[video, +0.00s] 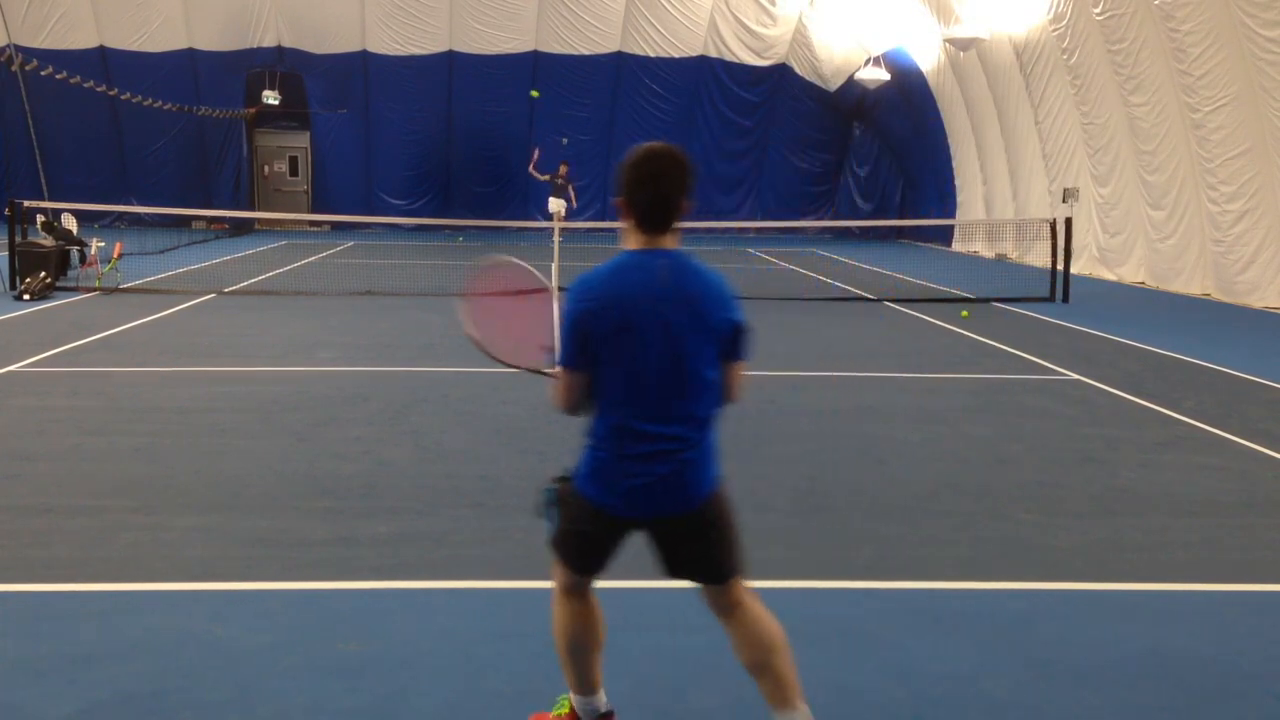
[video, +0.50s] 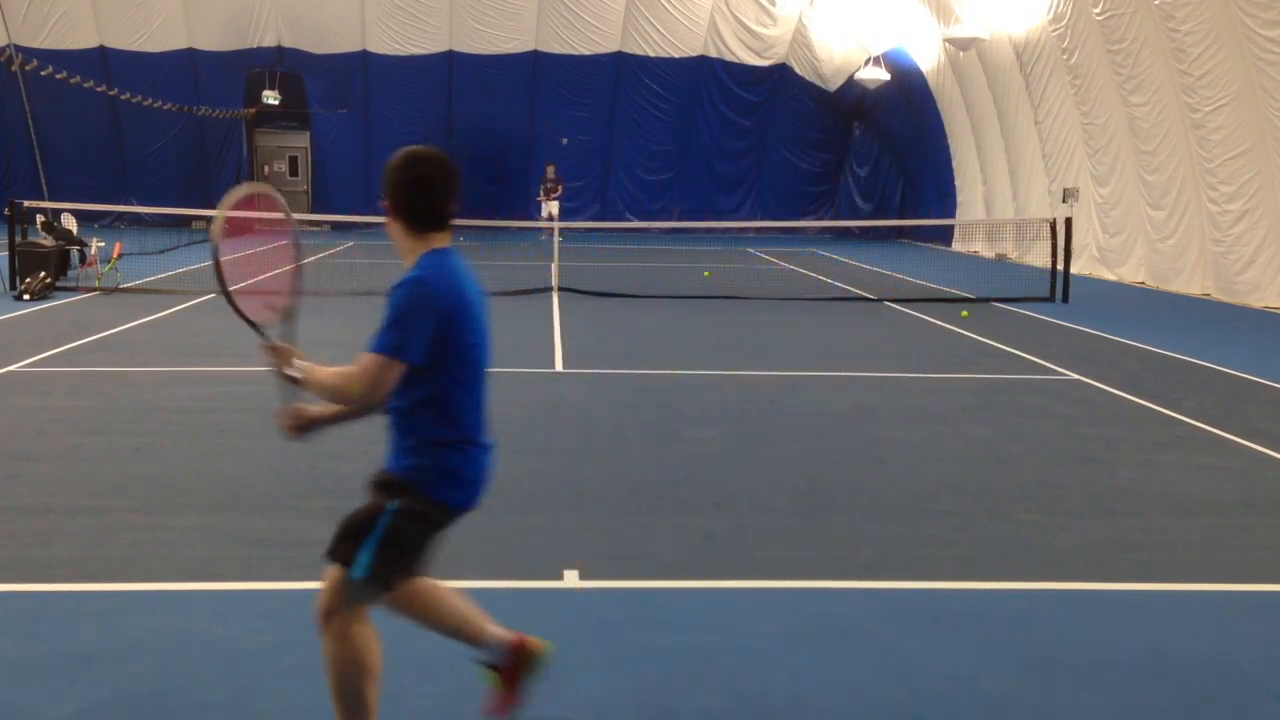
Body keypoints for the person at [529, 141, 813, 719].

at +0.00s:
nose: (624, 205)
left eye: (622, 197)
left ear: (621, 206)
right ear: (683, 208)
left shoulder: (591, 291)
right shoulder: (711, 289)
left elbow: (569, 397)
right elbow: (730, 388)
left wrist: (596, 365)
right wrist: (669, 372)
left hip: (608, 481)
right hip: (689, 483)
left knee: (571, 584)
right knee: (732, 597)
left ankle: (589, 707)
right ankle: (795, 711)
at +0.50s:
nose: (383, 210)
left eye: (385, 201)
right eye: (390, 200)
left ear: (390, 210)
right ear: (449, 208)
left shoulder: (424, 288)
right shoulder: (451, 277)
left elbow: (364, 384)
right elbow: (394, 387)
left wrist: (299, 368)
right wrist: (320, 415)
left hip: (427, 475)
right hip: (451, 468)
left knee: (339, 606)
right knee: (387, 576)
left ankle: (355, 714)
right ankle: (504, 649)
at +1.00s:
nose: (252, 198)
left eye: (252, 187)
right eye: (252, 188)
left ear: (263, 192)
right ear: (316, 186)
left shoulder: (302, 255)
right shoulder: (337, 248)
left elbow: (314, 332)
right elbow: (320, 347)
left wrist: (252, 396)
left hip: (286, 441)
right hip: (304, 435)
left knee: (236, 589)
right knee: (259, 563)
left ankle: (333, 705)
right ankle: (279, 682)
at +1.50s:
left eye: (246, 179)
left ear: (249, 191)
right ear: (315, 181)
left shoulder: (256, 254)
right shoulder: (365, 232)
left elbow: (251, 338)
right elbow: (442, 286)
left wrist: (222, 443)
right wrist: (504, 334)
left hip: (317, 448)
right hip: (383, 441)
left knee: (330, 593)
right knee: (348, 565)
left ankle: (347, 713)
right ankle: (346, 683)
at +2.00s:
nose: (368, 176)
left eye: (370, 170)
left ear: (370, 181)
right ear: (434, 183)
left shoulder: (341, 248)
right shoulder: (464, 258)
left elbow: (301, 340)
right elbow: (475, 358)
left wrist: (325, 357)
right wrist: (476, 440)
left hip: (361, 453)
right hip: (433, 454)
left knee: (354, 586)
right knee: (448, 580)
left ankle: (347, 712)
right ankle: (456, 705)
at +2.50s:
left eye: (459, 169)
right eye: (516, 175)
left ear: (454, 179)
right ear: (517, 185)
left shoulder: (420, 241)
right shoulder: (533, 260)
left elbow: (389, 318)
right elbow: (539, 357)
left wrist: (349, 401)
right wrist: (529, 436)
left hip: (419, 430)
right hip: (491, 436)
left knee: (424, 543)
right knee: (477, 565)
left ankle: (429, 660)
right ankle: (462, 700)